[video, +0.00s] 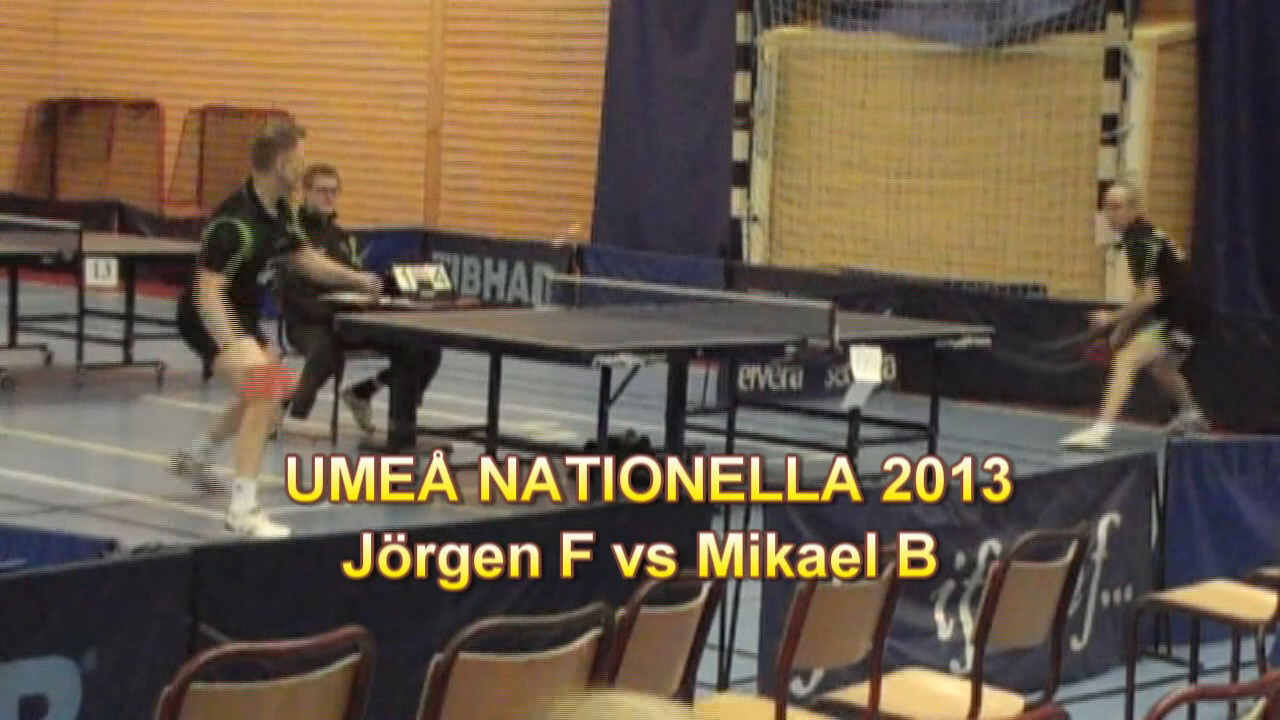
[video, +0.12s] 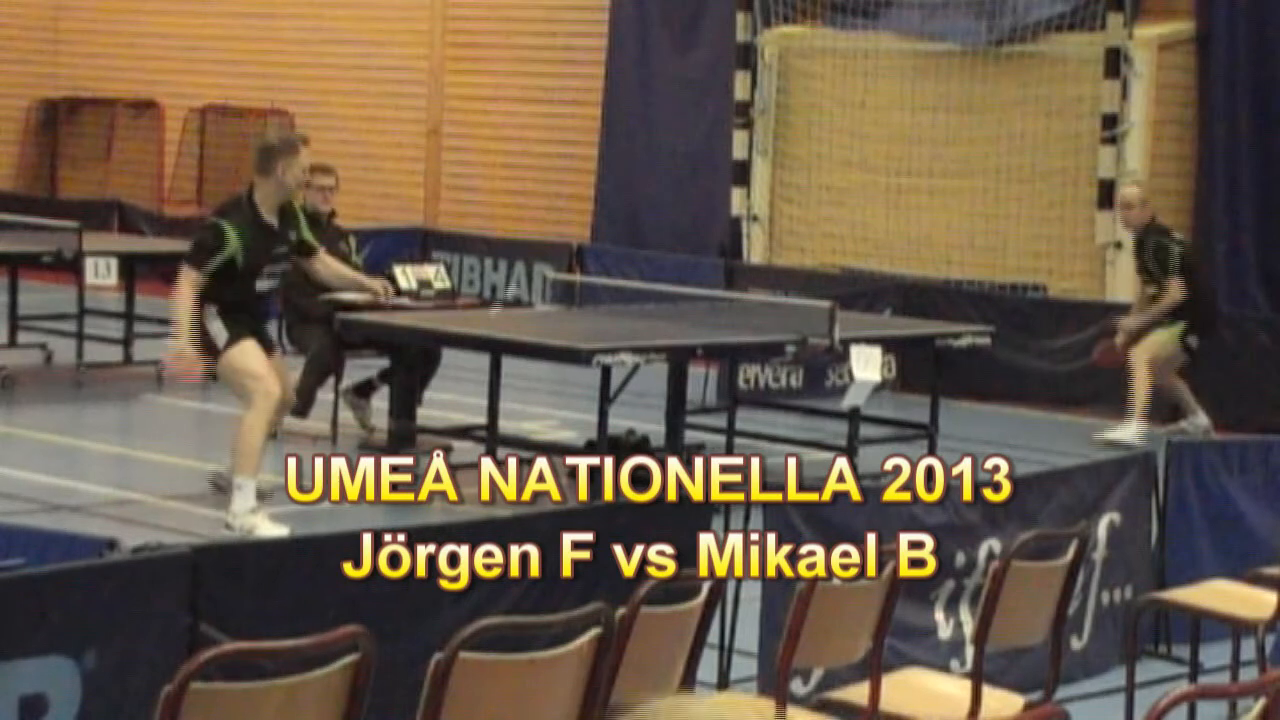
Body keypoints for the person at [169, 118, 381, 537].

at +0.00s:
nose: (303, 167)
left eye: (302, 159)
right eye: (297, 159)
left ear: (276, 163)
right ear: (274, 163)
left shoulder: (282, 209)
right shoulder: (234, 221)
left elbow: (306, 260)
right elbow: (207, 291)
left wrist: (358, 278)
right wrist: (233, 347)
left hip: (242, 311)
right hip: (207, 314)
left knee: (266, 386)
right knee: (262, 383)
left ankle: (196, 454)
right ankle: (243, 507)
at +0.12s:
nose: (305, 179)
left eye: (306, 171)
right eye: (300, 171)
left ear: (279, 172)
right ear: (274, 171)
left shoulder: (290, 215)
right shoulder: (229, 224)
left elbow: (318, 263)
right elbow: (189, 280)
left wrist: (365, 281)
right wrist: (183, 338)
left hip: (253, 319)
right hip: (217, 319)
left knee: (282, 395)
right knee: (266, 392)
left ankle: (235, 472)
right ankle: (242, 507)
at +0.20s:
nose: (304, 182)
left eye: (305, 175)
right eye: (298, 175)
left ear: (287, 174)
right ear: (272, 174)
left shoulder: (293, 217)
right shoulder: (226, 222)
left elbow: (319, 264)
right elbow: (186, 268)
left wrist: (367, 288)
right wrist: (167, 295)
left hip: (260, 319)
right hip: (217, 317)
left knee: (286, 401)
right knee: (264, 391)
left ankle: (233, 475)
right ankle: (242, 508)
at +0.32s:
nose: (300, 167)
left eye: (301, 159)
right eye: (292, 159)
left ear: (285, 162)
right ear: (263, 159)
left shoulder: (287, 210)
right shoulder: (231, 209)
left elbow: (306, 260)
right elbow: (198, 268)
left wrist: (351, 288)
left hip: (260, 315)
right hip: (222, 312)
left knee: (288, 396)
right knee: (261, 394)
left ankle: (234, 471)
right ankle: (242, 506)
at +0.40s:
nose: (293, 153)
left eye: (294, 145)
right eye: (283, 147)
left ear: (289, 149)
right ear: (255, 153)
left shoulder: (274, 202)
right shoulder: (243, 201)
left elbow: (289, 258)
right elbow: (253, 240)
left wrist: (340, 285)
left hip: (253, 308)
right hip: (222, 307)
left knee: (286, 391)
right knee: (265, 392)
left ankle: (233, 470)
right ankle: (237, 504)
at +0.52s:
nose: (287, 144)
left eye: (285, 137)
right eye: (278, 138)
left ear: (255, 150)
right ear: (251, 149)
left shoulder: (242, 193)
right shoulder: (256, 200)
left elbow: (257, 257)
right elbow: (325, 216)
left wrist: (307, 274)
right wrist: (395, 191)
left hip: (242, 306)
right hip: (225, 310)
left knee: (282, 391)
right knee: (272, 397)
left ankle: (230, 468)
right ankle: (236, 505)